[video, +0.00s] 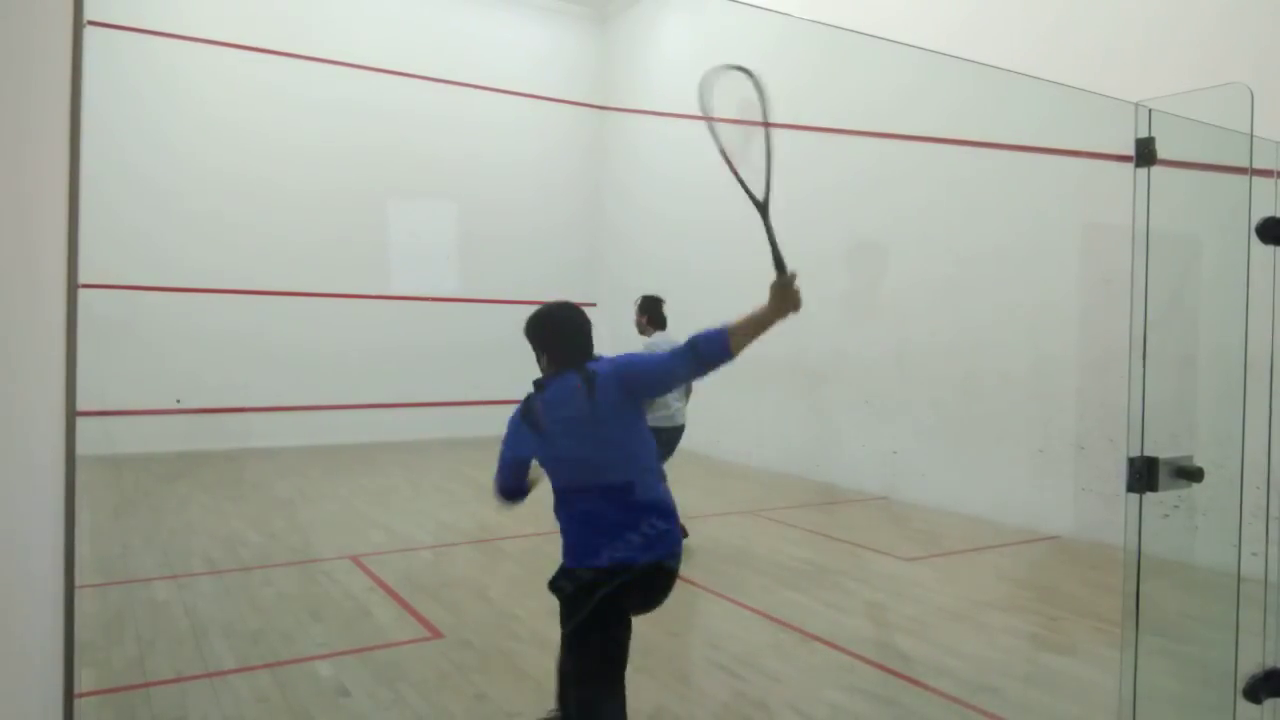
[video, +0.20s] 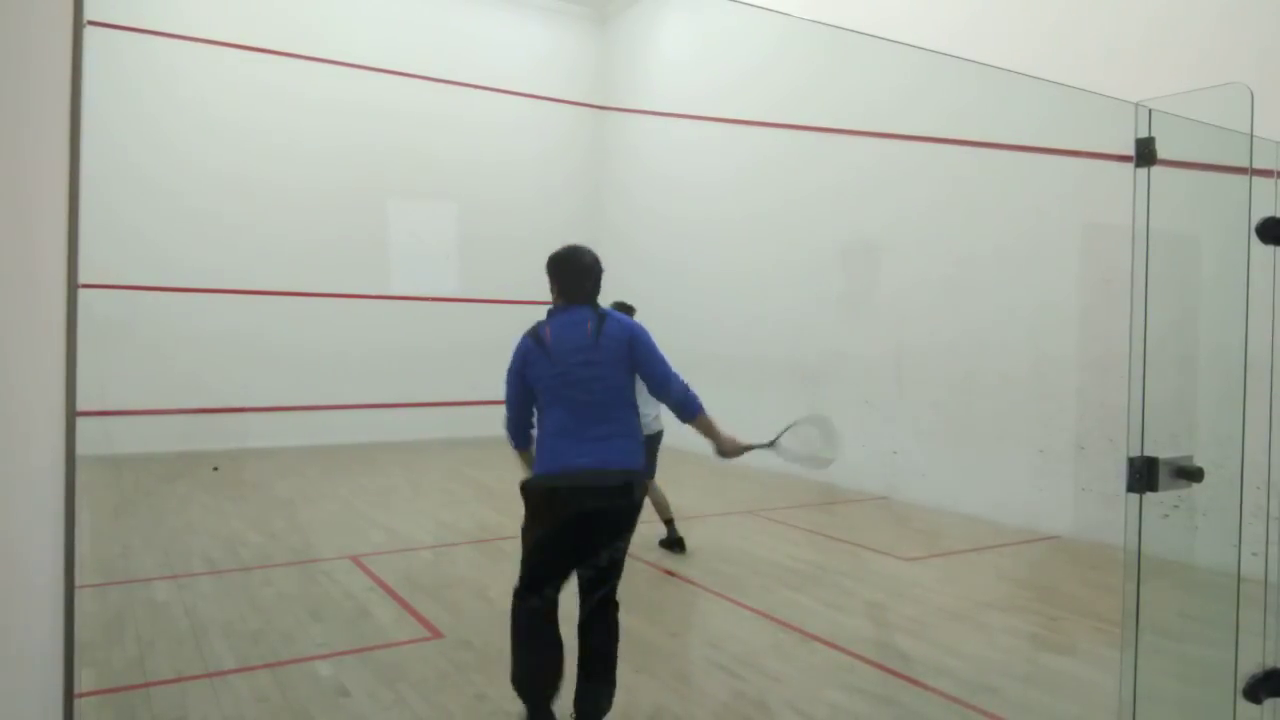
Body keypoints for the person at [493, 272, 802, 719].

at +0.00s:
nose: (538, 357)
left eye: (536, 350)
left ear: (542, 353)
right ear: (589, 340)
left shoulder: (529, 415)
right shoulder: (620, 375)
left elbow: (509, 489)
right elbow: (693, 356)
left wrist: (532, 468)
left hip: (594, 574)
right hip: (658, 568)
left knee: (594, 697)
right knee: (582, 591)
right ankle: (572, 706)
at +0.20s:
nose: (553, 290)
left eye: (551, 282)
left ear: (553, 287)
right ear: (599, 285)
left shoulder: (532, 343)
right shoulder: (626, 331)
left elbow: (516, 422)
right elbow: (670, 389)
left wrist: (534, 469)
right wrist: (718, 438)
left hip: (555, 489)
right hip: (618, 485)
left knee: (535, 593)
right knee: (600, 595)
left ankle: (538, 707)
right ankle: (592, 708)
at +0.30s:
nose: (596, 285)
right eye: (598, 277)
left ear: (555, 283)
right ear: (600, 283)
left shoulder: (533, 334)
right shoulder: (622, 333)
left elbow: (491, 394)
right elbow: (654, 398)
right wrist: (679, 452)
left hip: (544, 482)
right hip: (605, 483)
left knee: (537, 570)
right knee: (595, 586)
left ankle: (529, 667)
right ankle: (588, 707)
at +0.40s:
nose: (595, 286)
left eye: (565, 276)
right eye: (598, 280)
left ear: (557, 281)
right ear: (599, 284)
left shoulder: (528, 332)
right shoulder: (614, 335)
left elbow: (496, 391)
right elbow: (632, 403)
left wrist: (461, 445)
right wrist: (644, 459)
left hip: (535, 476)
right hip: (591, 478)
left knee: (534, 561)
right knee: (596, 566)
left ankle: (533, 658)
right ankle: (576, 654)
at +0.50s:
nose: (566, 309)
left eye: (567, 303)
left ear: (567, 308)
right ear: (606, 310)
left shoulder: (547, 352)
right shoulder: (622, 354)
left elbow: (513, 404)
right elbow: (643, 413)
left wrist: (480, 442)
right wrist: (653, 468)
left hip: (549, 471)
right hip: (604, 473)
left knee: (531, 538)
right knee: (623, 535)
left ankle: (522, 625)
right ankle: (623, 622)